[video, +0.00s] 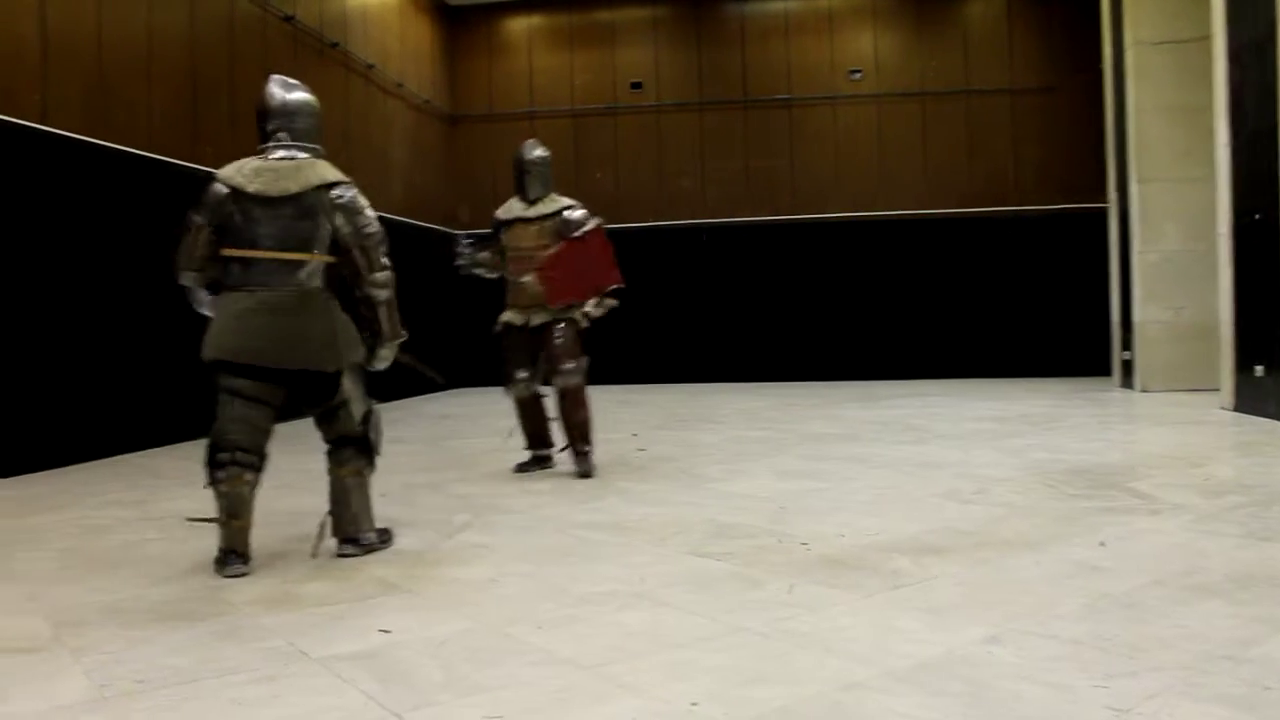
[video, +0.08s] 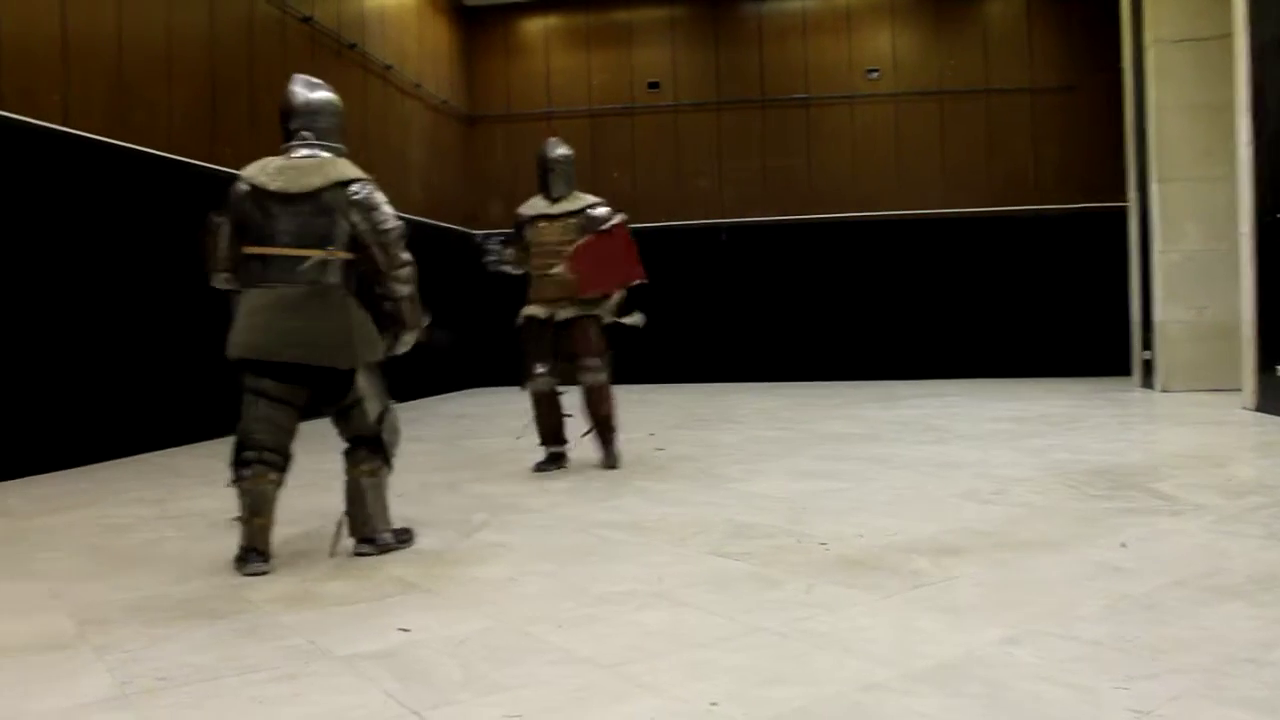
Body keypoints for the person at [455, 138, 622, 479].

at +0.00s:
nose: (536, 177)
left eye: (542, 168)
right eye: (529, 170)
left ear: (550, 169)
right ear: (518, 172)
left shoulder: (568, 213)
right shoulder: (505, 216)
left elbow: (600, 269)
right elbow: (501, 262)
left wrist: (587, 311)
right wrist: (475, 259)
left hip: (560, 314)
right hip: (518, 315)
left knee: (569, 379)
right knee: (521, 382)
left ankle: (581, 452)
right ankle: (540, 452)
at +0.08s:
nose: (561, 174)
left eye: (565, 166)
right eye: (554, 166)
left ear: (574, 168)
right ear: (542, 169)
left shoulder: (592, 209)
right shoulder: (528, 214)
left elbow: (615, 257)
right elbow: (521, 258)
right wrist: (502, 256)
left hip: (583, 311)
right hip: (540, 312)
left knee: (593, 376)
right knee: (540, 382)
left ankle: (608, 446)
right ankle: (554, 451)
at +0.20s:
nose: (593, 186)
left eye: (599, 179)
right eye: (587, 179)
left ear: (608, 179)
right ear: (577, 182)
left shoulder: (628, 219)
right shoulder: (565, 222)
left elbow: (650, 265)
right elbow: (560, 267)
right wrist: (541, 260)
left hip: (618, 314)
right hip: (575, 313)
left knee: (631, 377)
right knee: (570, 379)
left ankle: (646, 433)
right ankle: (578, 450)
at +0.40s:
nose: (636, 193)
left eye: (641, 186)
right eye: (630, 186)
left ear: (650, 186)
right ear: (621, 188)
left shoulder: (668, 223)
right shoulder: (606, 223)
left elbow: (684, 270)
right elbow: (600, 262)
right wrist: (591, 269)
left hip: (658, 314)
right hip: (618, 313)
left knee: (666, 377)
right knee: (613, 375)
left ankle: (672, 438)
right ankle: (614, 439)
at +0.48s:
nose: (641, 186)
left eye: (646, 180)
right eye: (636, 180)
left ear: (655, 180)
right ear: (627, 182)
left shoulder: (674, 218)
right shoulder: (612, 218)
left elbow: (691, 267)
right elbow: (601, 254)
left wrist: (652, 284)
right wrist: (597, 265)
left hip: (665, 310)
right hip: (624, 310)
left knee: (670, 374)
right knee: (623, 372)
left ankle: (675, 436)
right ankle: (632, 434)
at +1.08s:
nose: (618, 203)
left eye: (623, 196)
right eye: (613, 197)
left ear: (632, 197)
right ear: (606, 198)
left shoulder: (649, 230)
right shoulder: (592, 229)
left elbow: (665, 271)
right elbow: (582, 266)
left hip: (638, 311)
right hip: (601, 311)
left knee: (643, 365)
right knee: (601, 368)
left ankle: (652, 420)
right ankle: (607, 424)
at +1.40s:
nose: (605, 225)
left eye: (610, 219)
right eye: (600, 219)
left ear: (617, 220)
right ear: (592, 221)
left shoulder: (628, 253)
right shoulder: (576, 252)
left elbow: (641, 291)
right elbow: (567, 287)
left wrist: (632, 317)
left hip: (621, 320)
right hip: (584, 322)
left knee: (638, 370)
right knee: (572, 368)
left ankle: (654, 424)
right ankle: (562, 420)